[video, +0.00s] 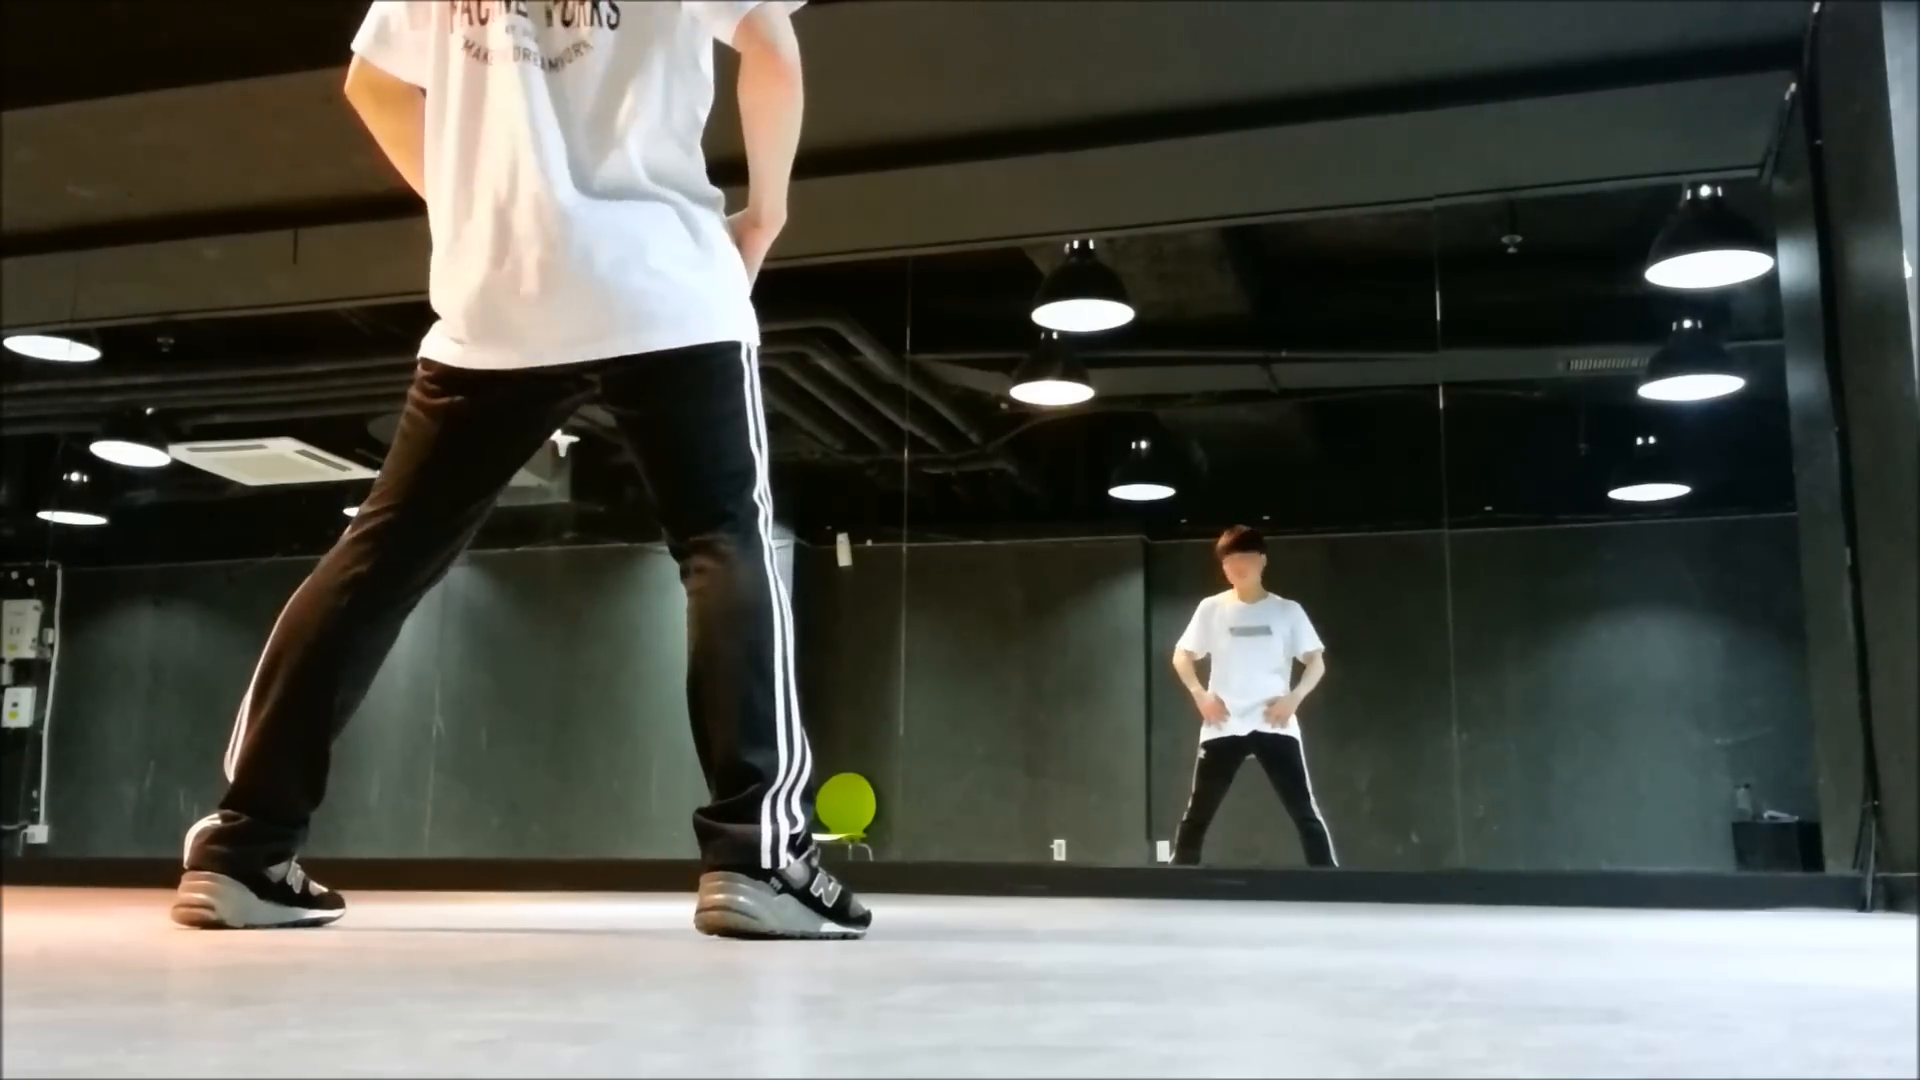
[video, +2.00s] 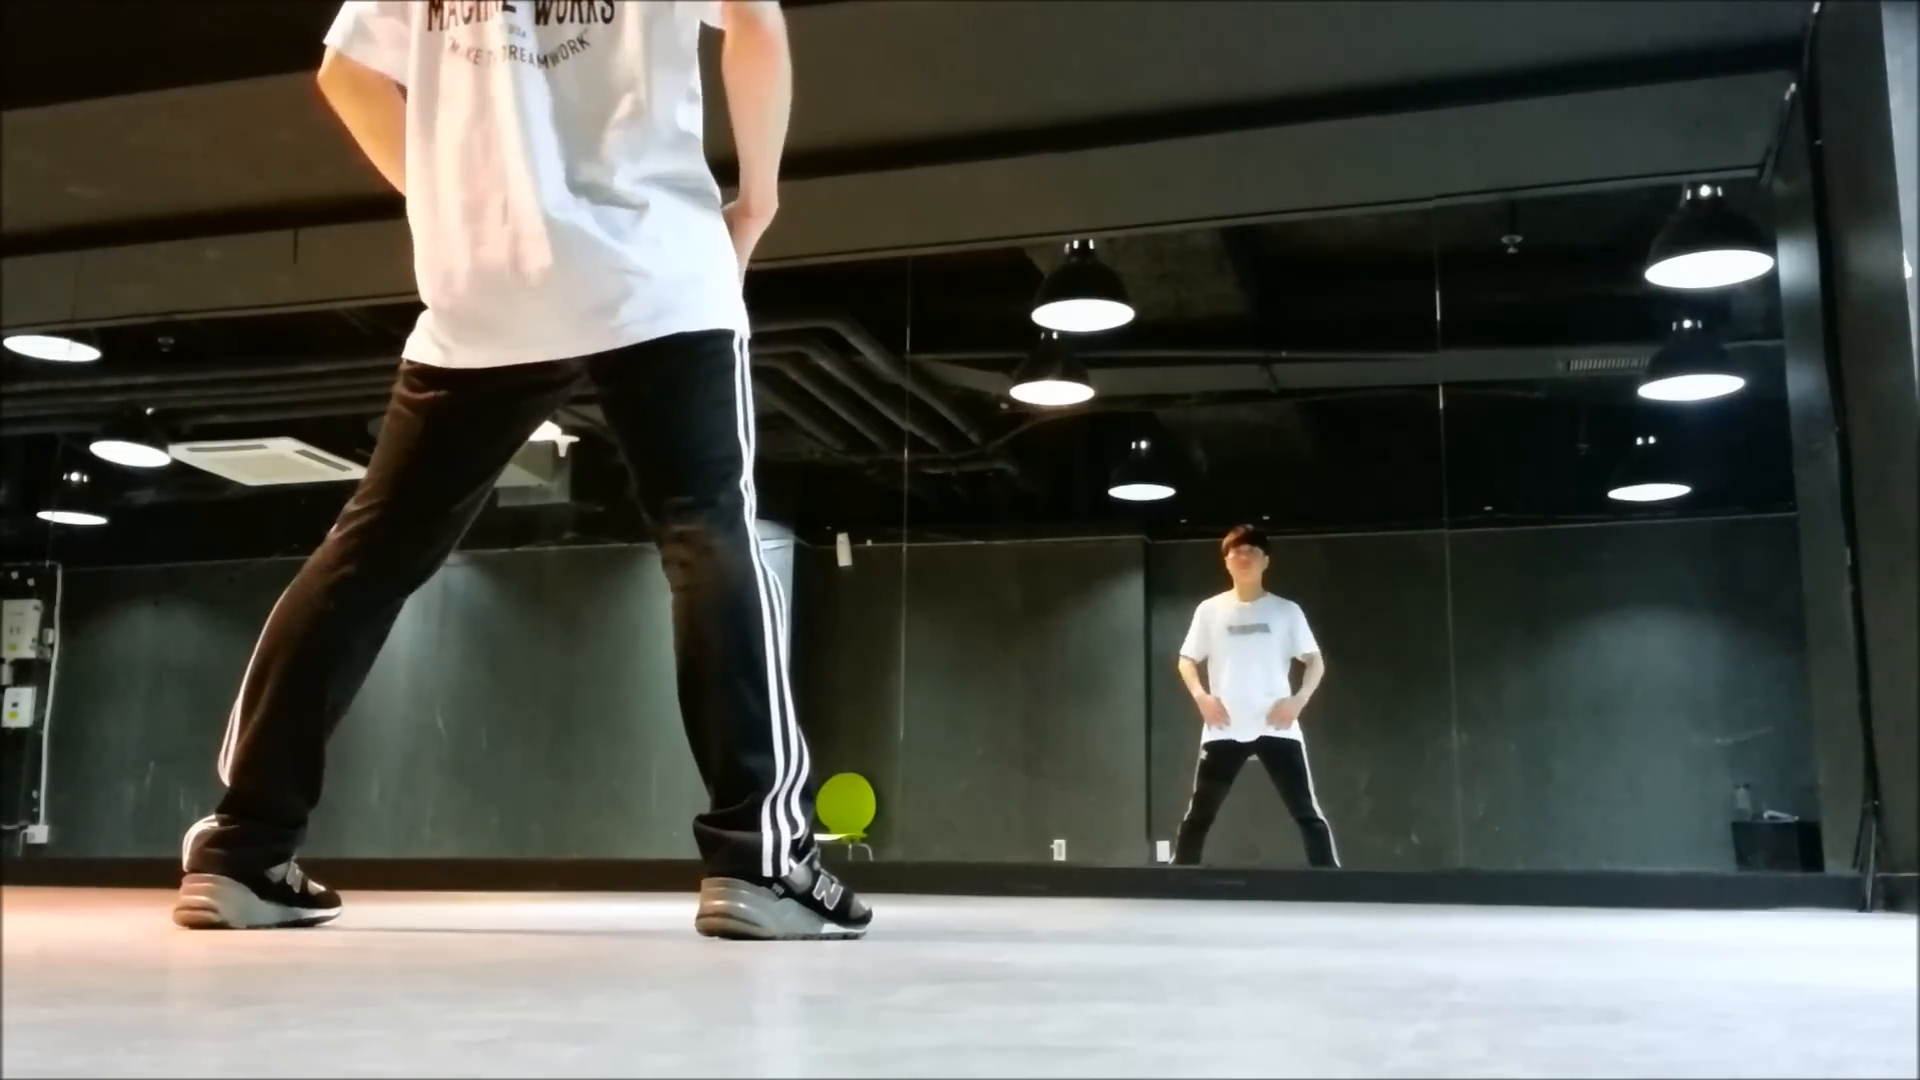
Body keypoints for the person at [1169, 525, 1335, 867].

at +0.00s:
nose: (1238, 568)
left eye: (1246, 559)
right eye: (1231, 560)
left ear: (1263, 561)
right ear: (1223, 566)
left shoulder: (1288, 611)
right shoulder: (1211, 609)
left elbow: (1317, 665)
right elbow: (1181, 657)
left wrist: (1292, 700)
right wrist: (1201, 696)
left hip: (1275, 727)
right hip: (1223, 728)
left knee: (1305, 814)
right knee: (1197, 815)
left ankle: (1331, 890)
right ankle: (1178, 891)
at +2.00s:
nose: (1243, 556)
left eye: (1251, 550)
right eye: (1236, 551)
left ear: (1265, 560)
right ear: (1226, 561)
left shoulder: (1287, 611)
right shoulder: (1209, 610)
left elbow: (1315, 663)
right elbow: (1186, 660)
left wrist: (1297, 701)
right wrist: (1202, 697)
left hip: (1278, 731)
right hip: (1224, 731)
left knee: (1307, 813)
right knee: (1198, 816)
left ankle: (1332, 888)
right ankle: (1178, 890)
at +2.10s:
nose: (1244, 559)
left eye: (1251, 552)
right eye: (1236, 553)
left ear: (1266, 559)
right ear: (1227, 562)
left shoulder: (1288, 613)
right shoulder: (1212, 611)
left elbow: (1312, 666)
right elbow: (1196, 664)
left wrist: (1297, 704)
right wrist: (1204, 699)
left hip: (1277, 732)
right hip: (1224, 732)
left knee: (1307, 814)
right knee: (1197, 816)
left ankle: (1332, 888)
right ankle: (1178, 889)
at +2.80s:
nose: (1222, 591)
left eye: (1226, 581)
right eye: (1214, 587)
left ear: (1246, 578)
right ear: (1211, 594)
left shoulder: (1288, 624)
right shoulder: (1209, 632)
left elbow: (1322, 673)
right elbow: (1177, 678)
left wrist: (1292, 716)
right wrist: (1199, 713)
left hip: (1274, 746)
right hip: (1223, 746)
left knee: (1294, 822)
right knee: (1189, 821)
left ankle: (1327, 891)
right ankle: (1179, 895)